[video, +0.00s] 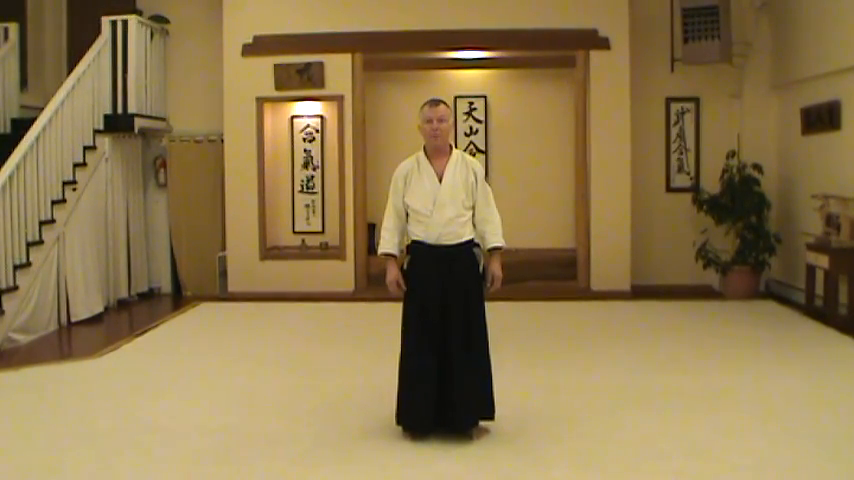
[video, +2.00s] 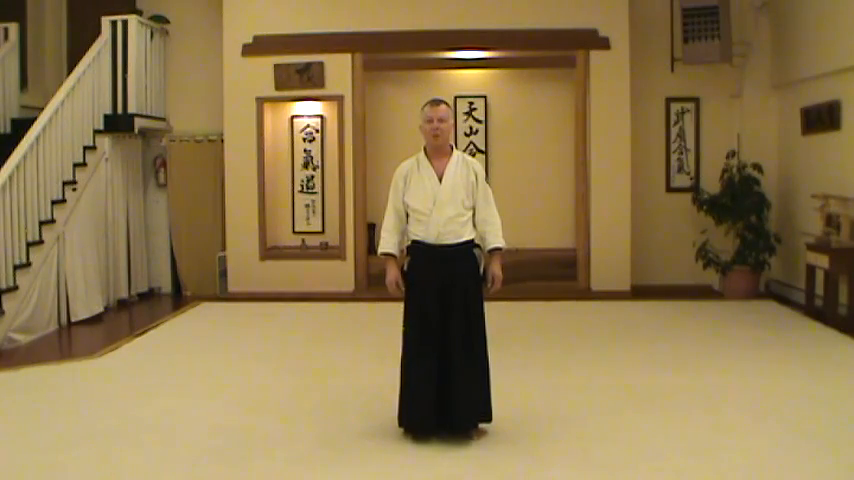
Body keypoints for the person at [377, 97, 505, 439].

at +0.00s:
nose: (435, 127)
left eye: (441, 121)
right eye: (428, 121)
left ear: (452, 125)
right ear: (419, 127)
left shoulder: (470, 167)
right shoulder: (406, 170)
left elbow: (486, 212)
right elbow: (393, 217)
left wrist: (494, 256)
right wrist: (391, 261)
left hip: (462, 260)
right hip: (422, 260)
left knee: (463, 336)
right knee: (422, 337)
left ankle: (464, 416)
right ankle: (420, 418)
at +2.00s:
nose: (436, 126)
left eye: (442, 120)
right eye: (429, 121)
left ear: (453, 125)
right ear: (421, 127)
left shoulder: (470, 167)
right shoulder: (407, 170)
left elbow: (486, 212)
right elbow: (393, 217)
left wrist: (494, 257)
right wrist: (390, 261)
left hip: (462, 260)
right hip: (422, 260)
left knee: (463, 337)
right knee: (423, 338)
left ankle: (465, 417)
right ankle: (421, 419)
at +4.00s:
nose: (412, 130)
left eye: (418, 123)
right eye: (405, 124)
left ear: (429, 127)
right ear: (397, 129)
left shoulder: (449, 167)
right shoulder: (385, 172)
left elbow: (466, 212)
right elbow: (374, 219)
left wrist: (474, 257)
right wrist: (371, 263)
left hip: (444, 262)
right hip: (404, 263)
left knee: (452, 337)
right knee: (404, 339)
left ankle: (463, 415)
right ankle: (405, 417)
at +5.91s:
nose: (417, 144)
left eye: (422, 138)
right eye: (411, 139)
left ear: (435, 136)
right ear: (405, 140)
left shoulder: (455, 171)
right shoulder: (397, 173)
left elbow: (471, 216)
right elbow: (386, 216)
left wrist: (468, 264)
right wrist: (402, 234)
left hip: (444, 260)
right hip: (411, 261)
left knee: (442, 338)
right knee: (411, 335)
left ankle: (443, 421)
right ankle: (413, 410)